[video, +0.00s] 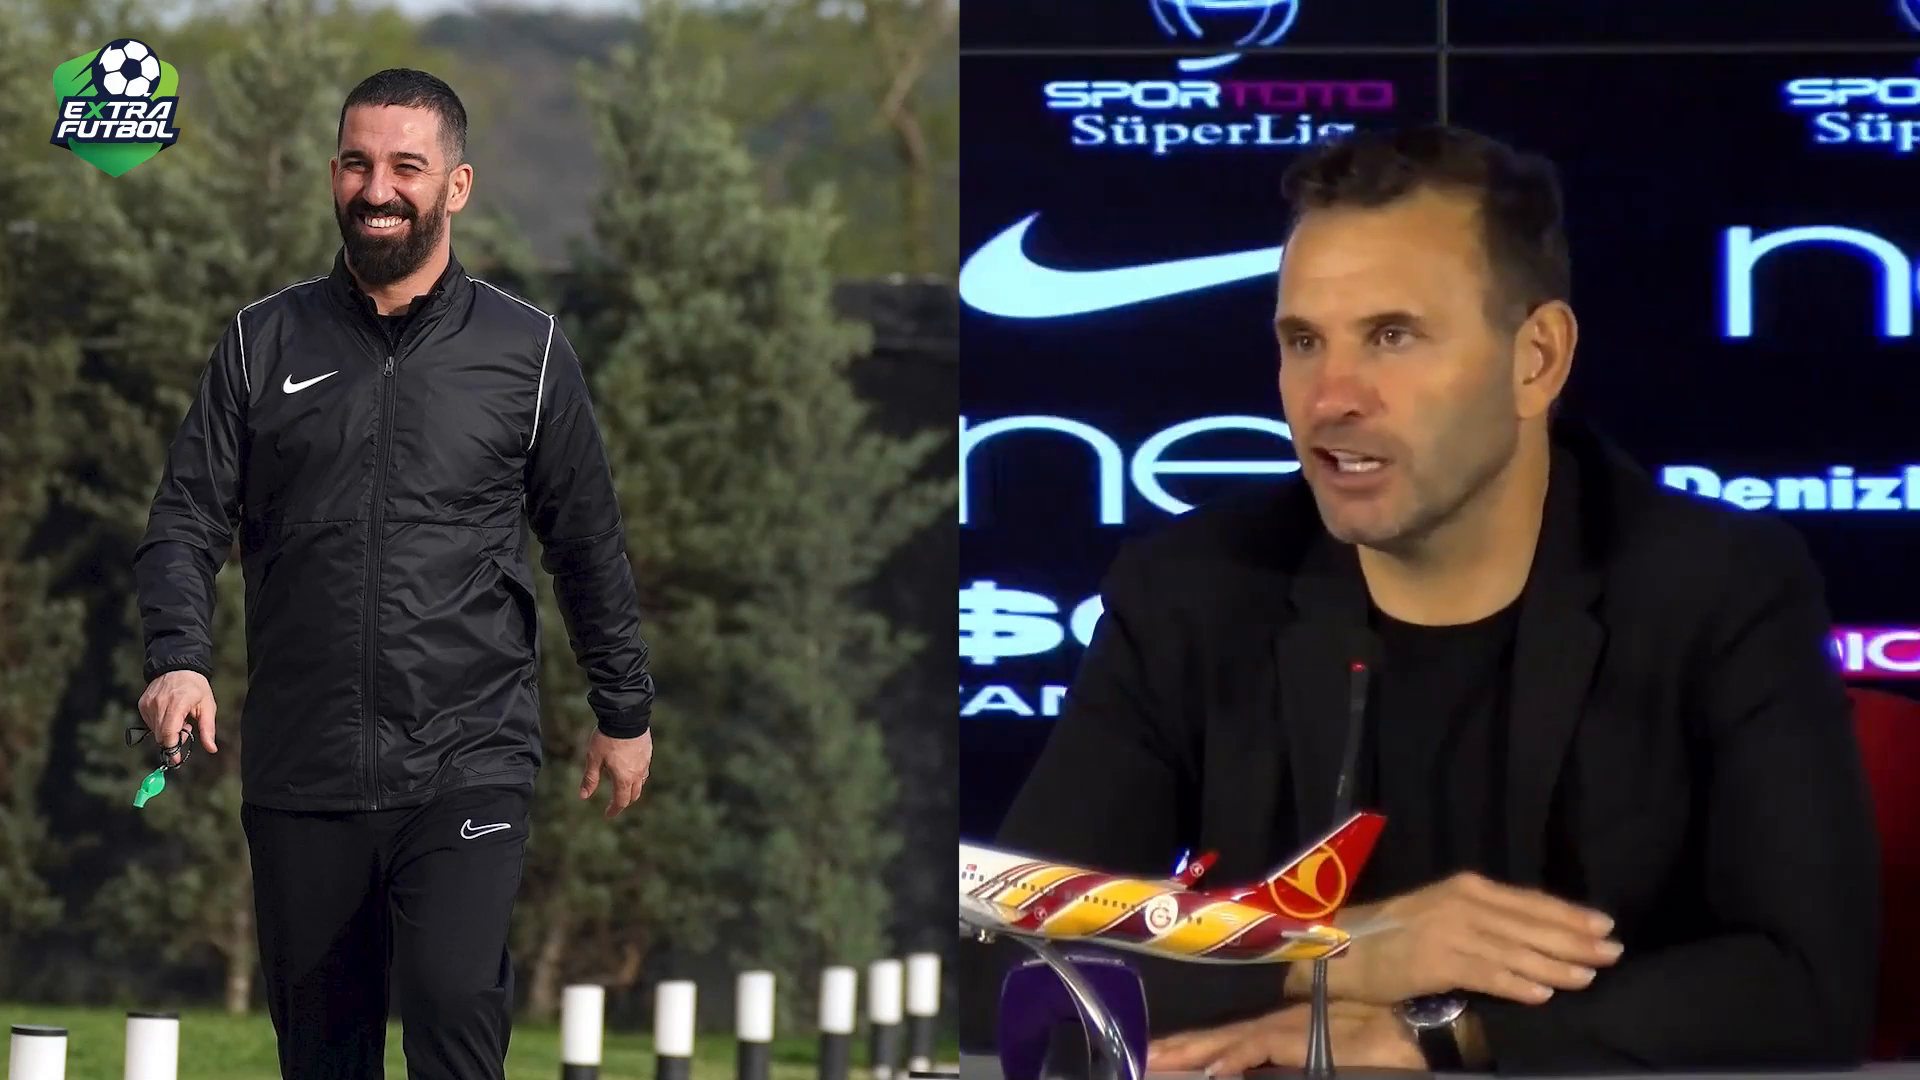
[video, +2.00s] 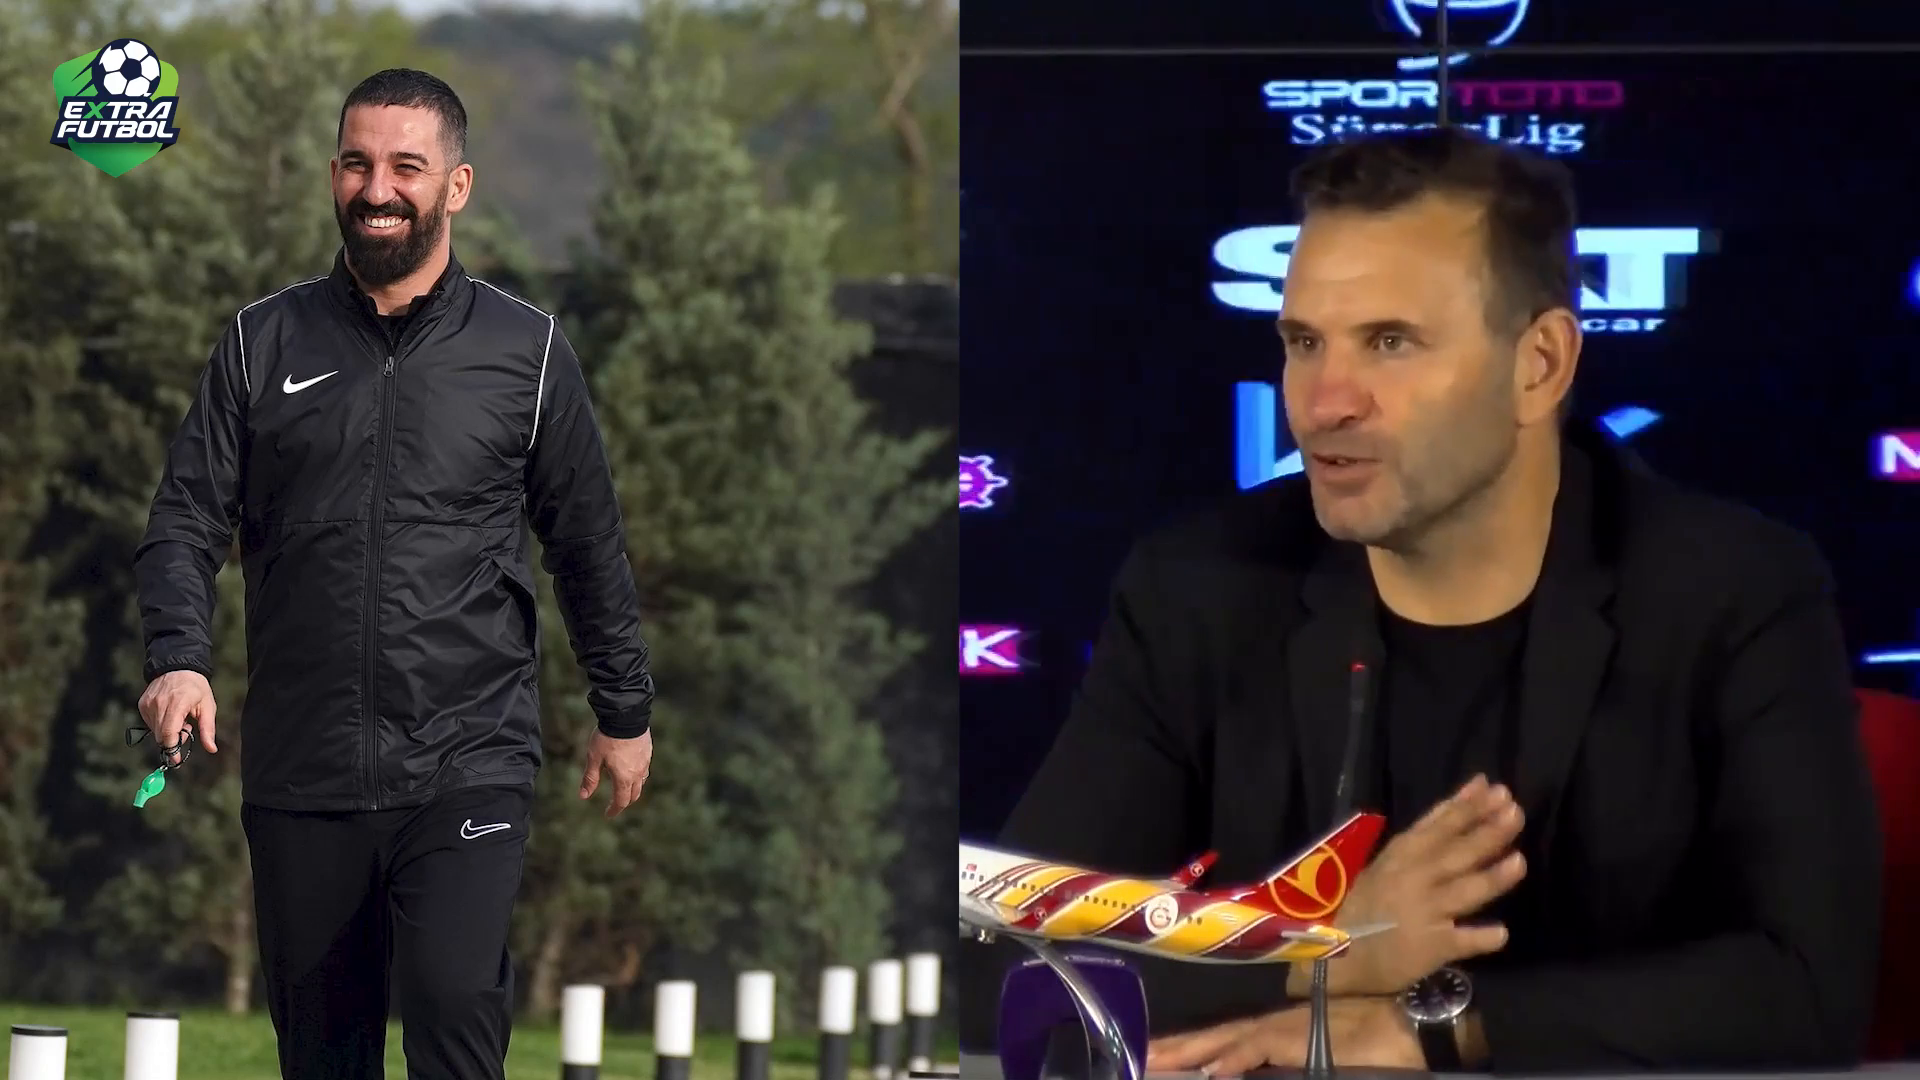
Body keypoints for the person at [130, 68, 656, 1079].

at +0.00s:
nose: (375, 187)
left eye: (405, 164)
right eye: (356, 162)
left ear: (458, 185)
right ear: (334, 177)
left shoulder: (530, 350)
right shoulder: (259, 342)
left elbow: (588, 541)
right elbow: (187, 513)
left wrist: (623, 708)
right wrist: (177, 658)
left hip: (472, 752)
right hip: (301, 755)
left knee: (455, 1018)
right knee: (320, 1043)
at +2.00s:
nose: (376, 187)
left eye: (405, 164)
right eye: (356, 162)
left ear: (458, 185)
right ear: (334, 177)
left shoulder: (530, 350)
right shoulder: (259, 342)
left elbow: (589, 541)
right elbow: (186, 513)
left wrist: (623, 708)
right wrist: (178, 658)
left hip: (471, 752)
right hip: (301, 755)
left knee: (455, 1020)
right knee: (320, 1043)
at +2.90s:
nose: (376, 187)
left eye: (405, 164)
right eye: (356, 162)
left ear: (458, 185)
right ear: (334, 177)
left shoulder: (530, 350)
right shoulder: (259, 342)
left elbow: (589, 541)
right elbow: (187, 513)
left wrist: (623, 708)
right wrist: (178, 658)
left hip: (471, 752)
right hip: (301, 755)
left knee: (455, 1019)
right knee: (320, 1043)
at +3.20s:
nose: (376, 187)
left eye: (405, 164)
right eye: (356, 162)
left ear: (458, 185)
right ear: (334, 177)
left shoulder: (530, 350)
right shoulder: (259, 342)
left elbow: (589, 541)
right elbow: (187, 513)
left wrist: (623, 708)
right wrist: (178, 658)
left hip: (471, 752)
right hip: (301, 755)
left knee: (455, 1019)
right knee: (320, 1043)